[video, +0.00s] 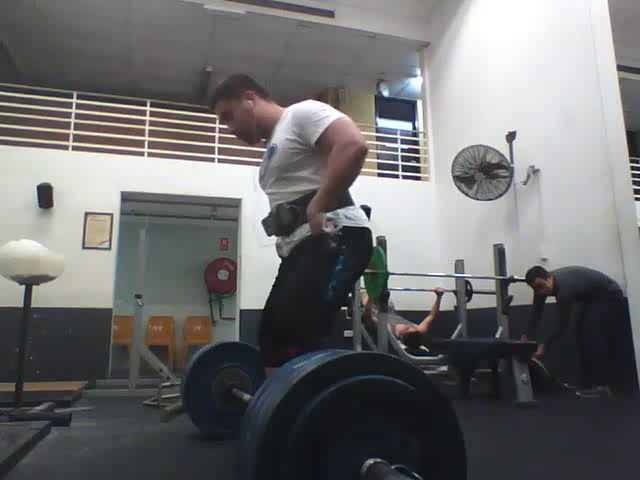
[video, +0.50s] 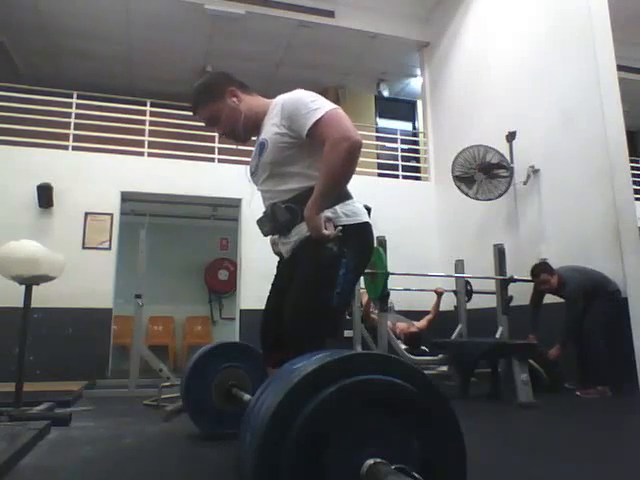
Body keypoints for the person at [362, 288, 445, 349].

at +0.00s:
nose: (406, 326)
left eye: (407, 330)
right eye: (411, 328)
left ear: (402, 338)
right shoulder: (420, 331)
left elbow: (367, 318)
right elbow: (432, 316)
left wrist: (370, 297)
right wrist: (439, 297)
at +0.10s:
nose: (410, 327)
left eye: (409, 331)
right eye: (413, 329)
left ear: (402, 339)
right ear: (415, 328)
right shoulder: (420, 331)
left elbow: (367, 318)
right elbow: (432, 316)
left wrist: (370, 298)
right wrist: (439, 297)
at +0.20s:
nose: (410, 327)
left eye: (409, 331)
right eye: (412, 329)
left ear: (401, 338)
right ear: (414, 328)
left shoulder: (383, 331)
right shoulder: (419, 329)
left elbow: (367, 317)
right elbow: (433, 315)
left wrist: (370, 297)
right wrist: (439, 297)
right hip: (390, 314)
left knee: (363, 295)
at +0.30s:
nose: (408, 327)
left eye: (408, 330)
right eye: (411, 329)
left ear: (401, 338)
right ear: (412, 327)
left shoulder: (385, 330)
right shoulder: (418, 328)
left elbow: (368, 318)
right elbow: (432, 315)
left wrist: (370, 297)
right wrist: (439, 297)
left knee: (363, 294)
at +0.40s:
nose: (406, 327)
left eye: (405, 331)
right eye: (411, 328)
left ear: (400, 337)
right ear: (413, 327)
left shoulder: (385, 329)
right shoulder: (417, 328)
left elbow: (367, 317)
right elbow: (432, 315)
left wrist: (369, 298)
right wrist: (439, 297)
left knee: (363, 294)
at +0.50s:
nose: (404, 327)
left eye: (403, 331)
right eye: (409, 328)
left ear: (399, 337)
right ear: (412, 327)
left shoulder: (384, 329)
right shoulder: (417, 328)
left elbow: (367, 318)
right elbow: (432, 315)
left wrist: (369, 299)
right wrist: (439, 297)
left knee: (363, 294)